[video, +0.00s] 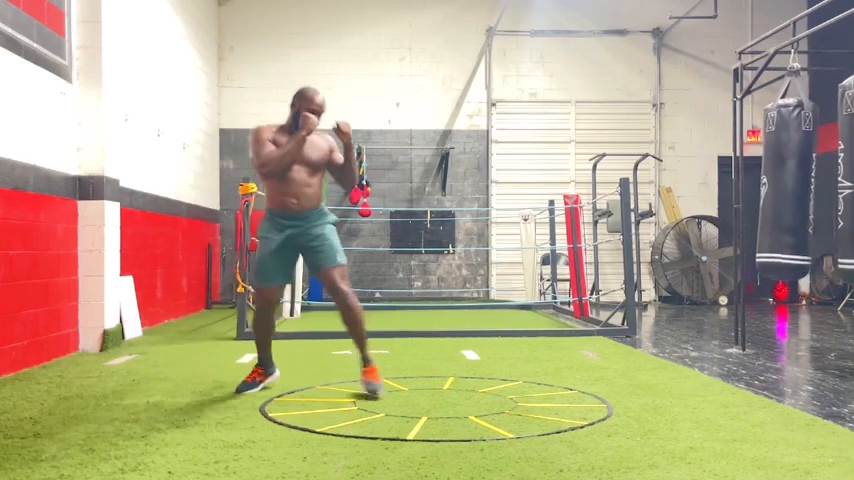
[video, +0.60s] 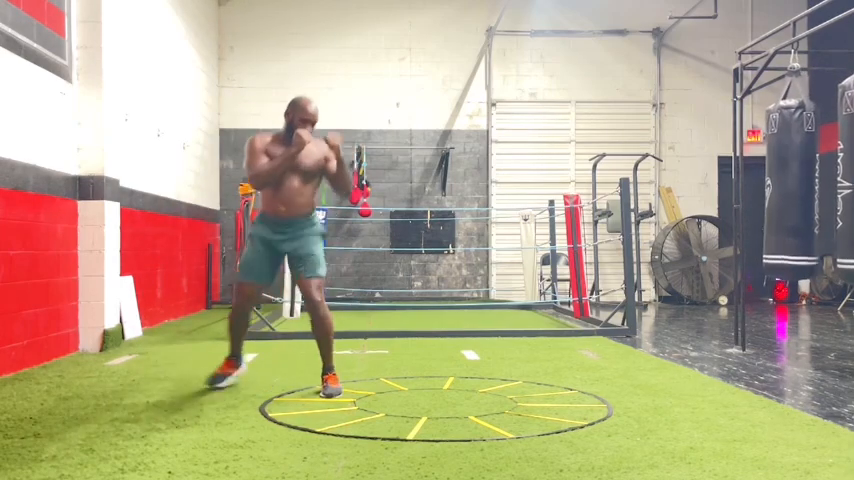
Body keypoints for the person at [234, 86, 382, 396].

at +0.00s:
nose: (313, 119)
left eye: (318, 115)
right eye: (310, 113)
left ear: (320, 116)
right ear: (294, 108)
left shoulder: (325, 144)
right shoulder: (265, 134)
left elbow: (349, 182)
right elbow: (266, 168)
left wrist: (348, 147)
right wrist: (301, 136)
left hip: (316, 224)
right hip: (276, 226)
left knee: (341, 289)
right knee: (264, 302)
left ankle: (367, 362)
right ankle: (265, 366)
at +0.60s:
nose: (307, 128)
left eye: (312, 124)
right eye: (303, 122)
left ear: (315, 123)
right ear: (287, 117)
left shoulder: (321, 150)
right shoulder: (261, 142)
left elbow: (345, 189)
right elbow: (257, 180)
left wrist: (339, 157)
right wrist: (293, 151)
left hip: (305, 230)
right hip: (266, 229)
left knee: (314, 297)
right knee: (242, 297)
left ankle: (329, 372)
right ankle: (234, 359)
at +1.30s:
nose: (248, 137)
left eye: (253, 132)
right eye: (243, 130)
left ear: (257, 132)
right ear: (228, 127)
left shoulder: (265, 156)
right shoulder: (206, 156)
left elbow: (285, 195)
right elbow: (203, 192)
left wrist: (285, 175)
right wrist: (237, 165)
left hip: (257, 236)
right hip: (219, 237)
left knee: (271, 303)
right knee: (205, 304)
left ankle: (284, 356)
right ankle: (208, 367)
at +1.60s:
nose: (279, 140)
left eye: (283, 136)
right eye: (275, 135)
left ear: (288, 137)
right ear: (260, 132)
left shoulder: (294, 163)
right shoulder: (237, 158)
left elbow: (322, 194)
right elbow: (236, 191)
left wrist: (316, 163)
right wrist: (268, 161)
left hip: (284, 238)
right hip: (248, 241)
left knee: (309, 296)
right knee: (225, 302)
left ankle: (353, 358)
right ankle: (230, 365)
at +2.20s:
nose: (346, 150)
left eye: (351, 145)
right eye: (341, 144)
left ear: (357, 144)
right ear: (328, 141)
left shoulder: (366, 169)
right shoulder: (310, 171)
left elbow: (392, 207)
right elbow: (305, 208)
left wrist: (371, 169)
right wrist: (330, 170)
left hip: (362, 244)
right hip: (331, 250)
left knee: (359, 307)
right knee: (307, 321)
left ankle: (402, 374)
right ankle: (329, 358)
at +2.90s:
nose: (336, 130)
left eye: (341, 126)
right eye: (332, 125)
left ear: (347, 123)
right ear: (320, 118)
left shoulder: (356, 143)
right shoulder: (301, 142)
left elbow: (380, 181)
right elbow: (290, 179)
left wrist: (364, 156)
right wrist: (320, 153)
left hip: (349, 219)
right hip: (313, 221)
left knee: (361, 278)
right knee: (301, 286)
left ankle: (385, 345)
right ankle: (306, 351)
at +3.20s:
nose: (360, 159)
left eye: (366, 154)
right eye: (356, 154)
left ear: (373, 151)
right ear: (347, 148)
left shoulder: (385, 173)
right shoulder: (328, 170)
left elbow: (398, 215)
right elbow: (316, 210)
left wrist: (390, 200)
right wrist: (349, 191)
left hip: (371, 243)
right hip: (336, 243)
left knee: (396, 300)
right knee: (319, 294)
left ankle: (431, 356)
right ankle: (298, 361)